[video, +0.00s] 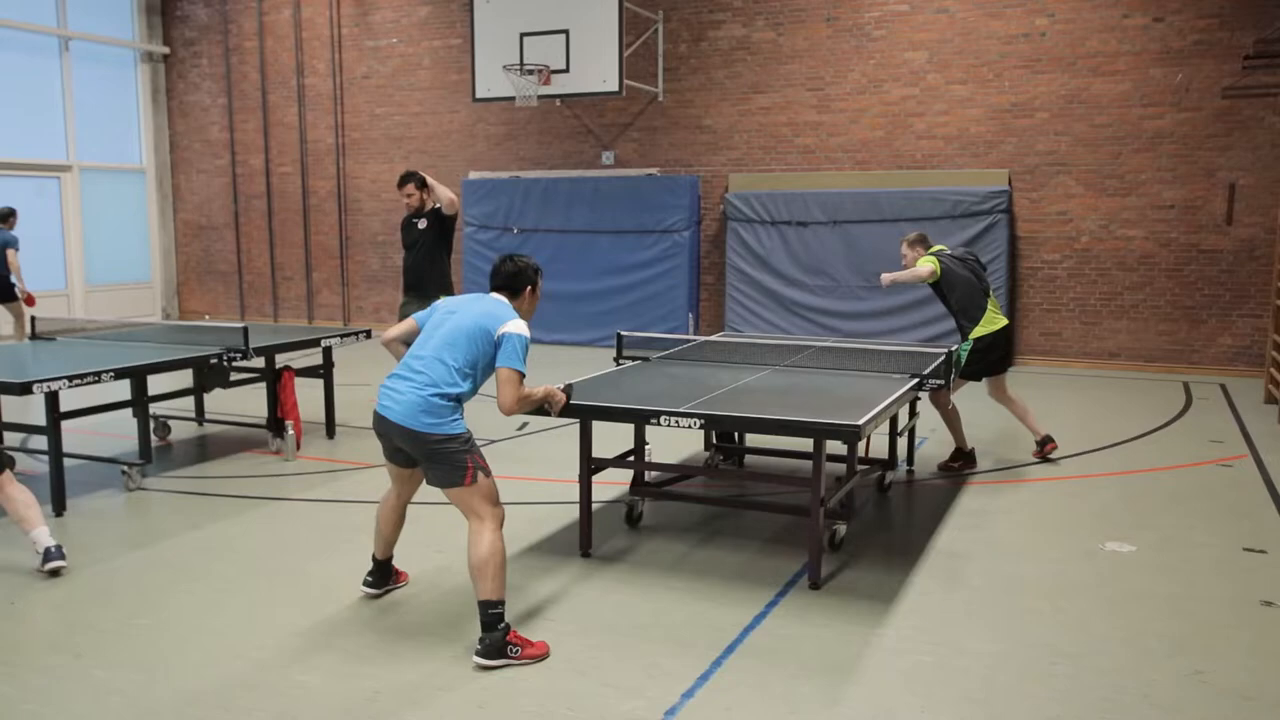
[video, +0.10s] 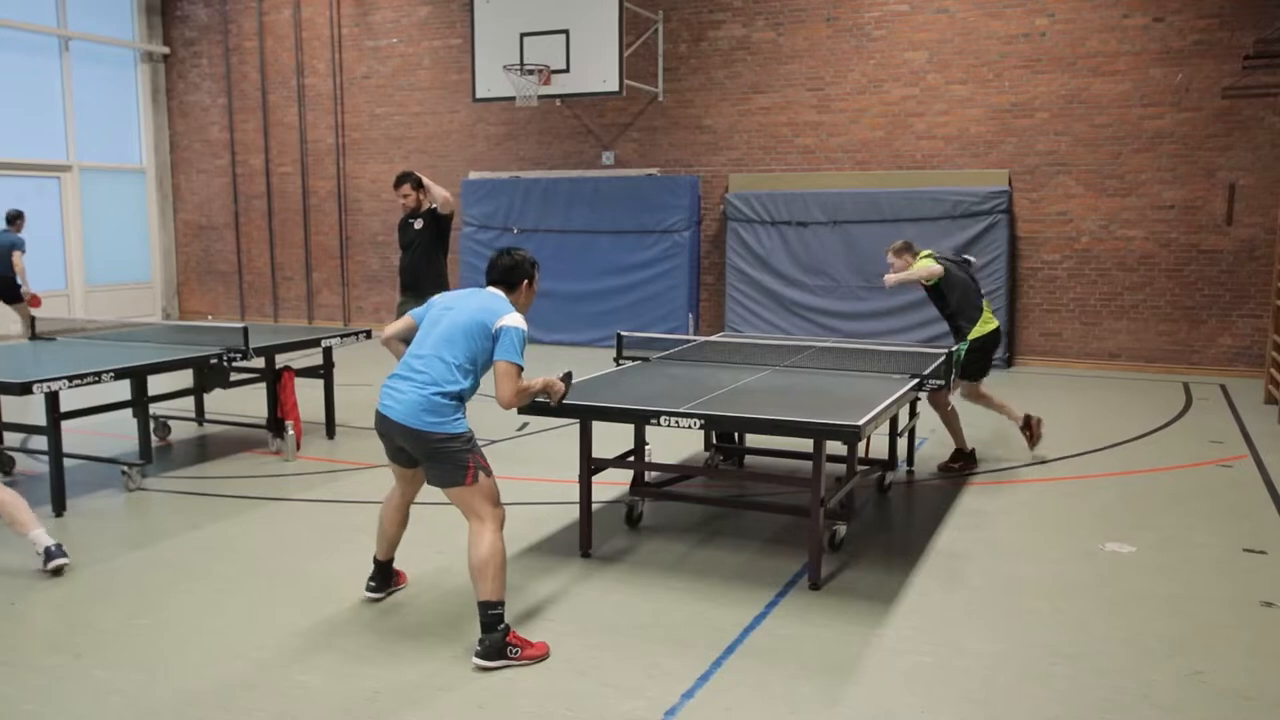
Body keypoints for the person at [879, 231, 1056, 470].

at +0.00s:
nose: (903, 263)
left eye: (905, 256)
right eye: (902, 257)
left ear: (918, 251)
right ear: (926, 248)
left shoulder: (929, 259)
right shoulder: (960, 253)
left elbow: (924, 273)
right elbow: (985, 286)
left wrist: (894, 277)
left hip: (979, 337)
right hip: (1001, 330)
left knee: (939, 395)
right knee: (998, 391)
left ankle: (963, 451)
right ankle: (1042, 438)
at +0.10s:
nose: (892, 269)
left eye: (893, 264)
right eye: (890, 265)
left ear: (906, 258)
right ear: (911, 256)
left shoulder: (923, 260)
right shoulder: (935, 257)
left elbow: (935, 271)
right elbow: (966, 262)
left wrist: (898, 278)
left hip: (975, 337)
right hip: (987, 331)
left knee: (937, 397)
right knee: (970, 391)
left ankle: (963, 452)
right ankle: (1024, 421)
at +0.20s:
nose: (883, 287)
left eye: (884, 281)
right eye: (880, 282)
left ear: (897, 271)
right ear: (895, 272)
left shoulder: (920, 272)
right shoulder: (912, 271)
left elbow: (954, 268)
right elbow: (942, 267)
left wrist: (915, 283)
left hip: (972, 338)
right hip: (959, 336)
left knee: (933, 398)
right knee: (934, 383)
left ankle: (963, 452)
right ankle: (975, 396)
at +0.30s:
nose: (881, 298)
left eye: (885, 292)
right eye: (878, 293)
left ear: (897, 284)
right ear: (874, 290)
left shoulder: (917, 285)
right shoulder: (901, 288)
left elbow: (956, 274)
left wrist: (931, 290)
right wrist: (879, 272)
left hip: (959, 345)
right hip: (935, 343)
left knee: (928, 400)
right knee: (897, 370)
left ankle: (957, 451)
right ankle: (911, 410)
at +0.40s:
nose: (877, 295)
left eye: (881, 289)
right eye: (873, 291)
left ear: (892, 282)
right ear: (868, 289)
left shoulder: (913, 287)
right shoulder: (887, 297)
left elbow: (957, 285)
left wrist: (937, 297)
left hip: (940, 350)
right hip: (915, 350)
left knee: (927, 402)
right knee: (879, 383)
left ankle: (954, 450)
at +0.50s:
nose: (872, 281)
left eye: (876, 274)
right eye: (867, 276)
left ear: (887, 270)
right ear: (863, 276)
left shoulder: (910, 280)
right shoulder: (874, 289)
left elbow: (953, 283)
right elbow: (877, 304)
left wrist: (937, 297)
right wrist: (876, 321)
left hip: (926, 348)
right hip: (896, 348)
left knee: (930, 395)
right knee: (872, 385)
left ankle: (953, 449)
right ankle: (871, 431)